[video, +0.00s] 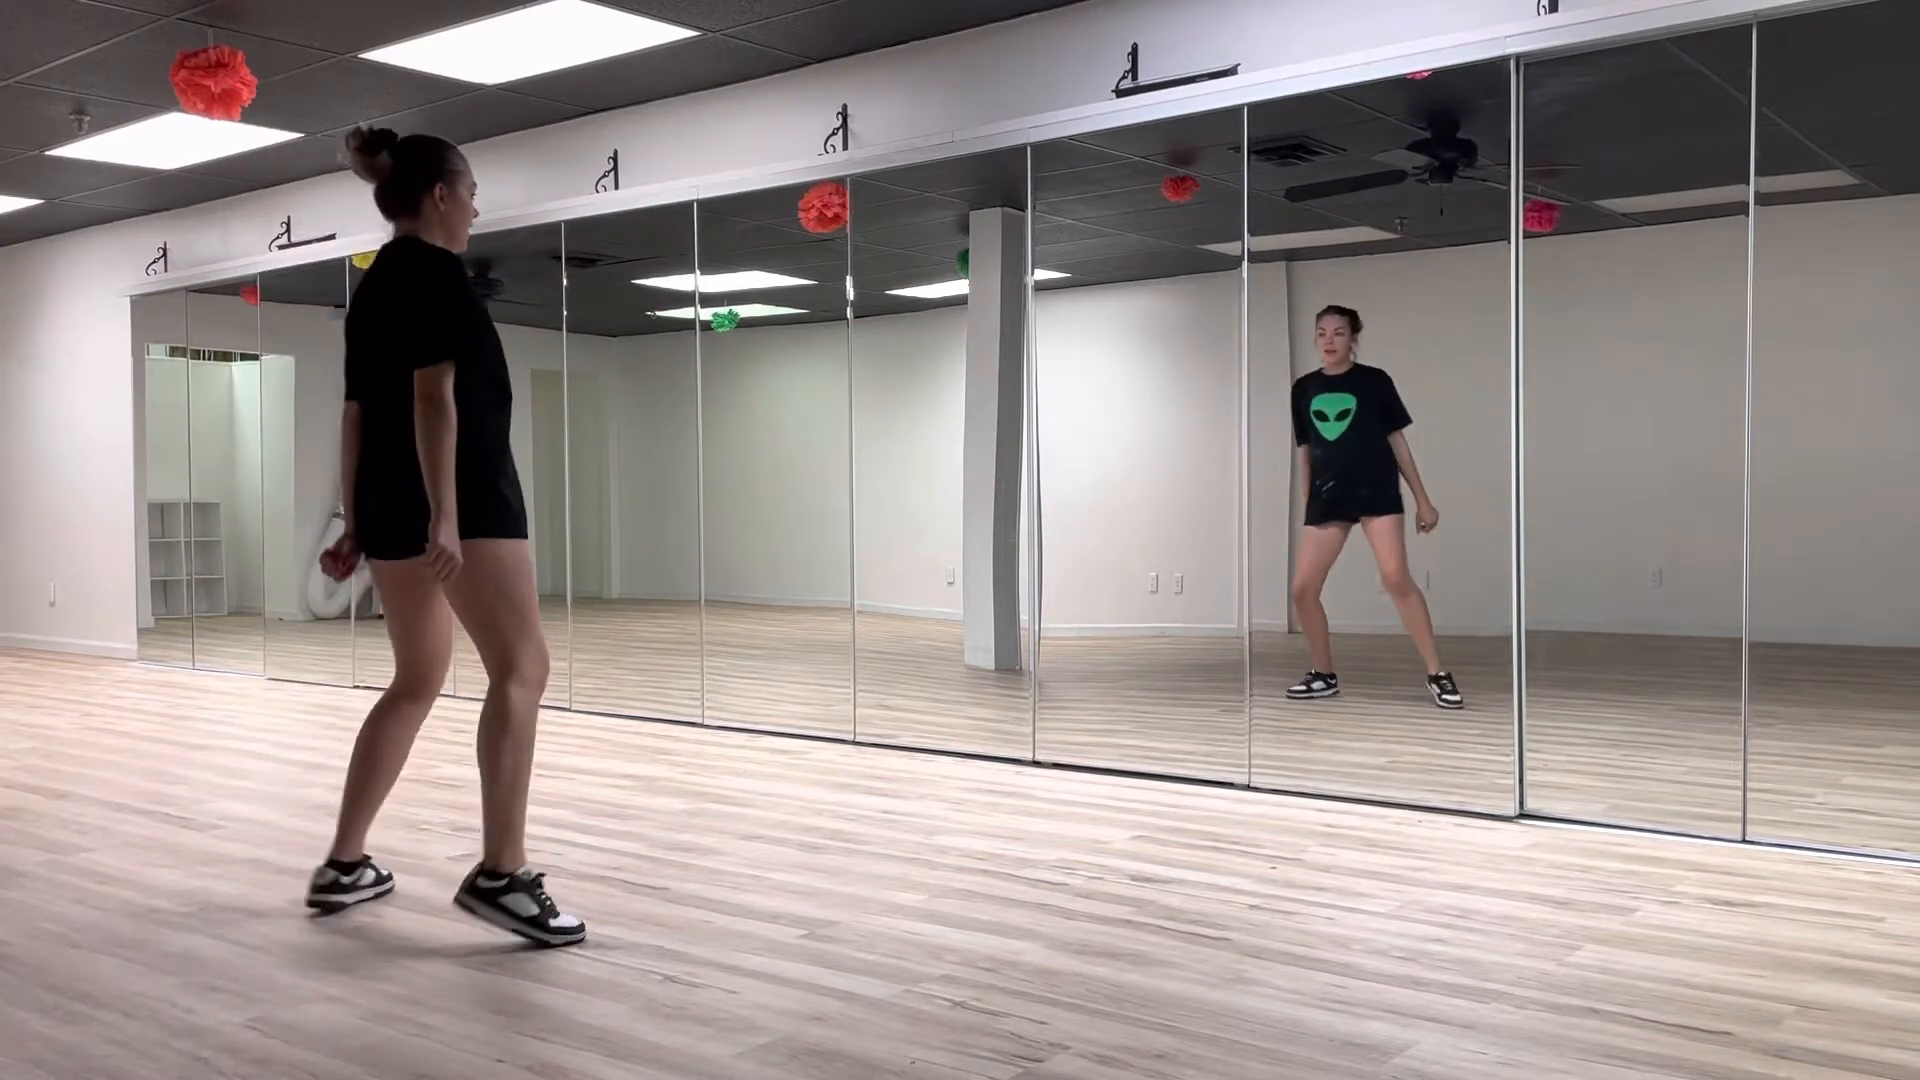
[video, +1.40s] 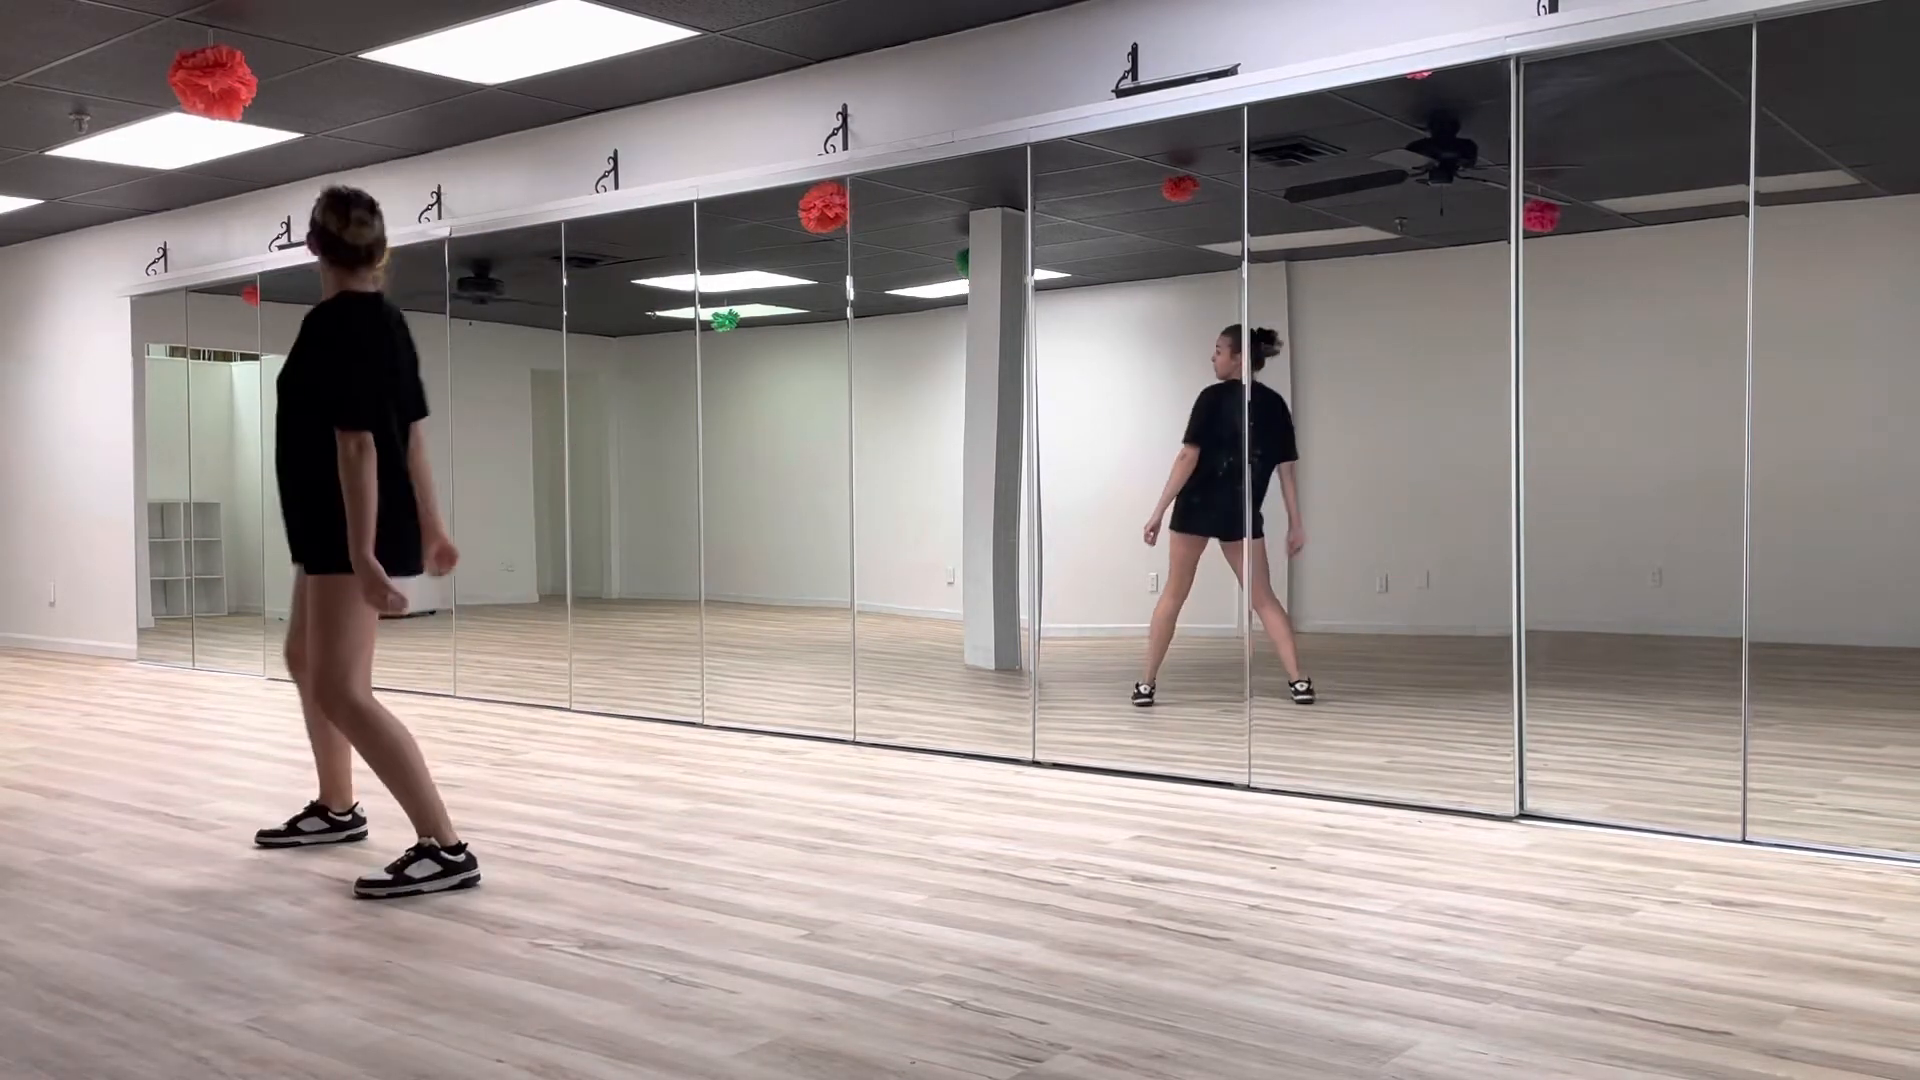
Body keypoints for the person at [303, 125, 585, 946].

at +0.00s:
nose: (475, 207)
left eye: (472, 193)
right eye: (469, 193)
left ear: (406, 201)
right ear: (442, 195)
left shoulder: (375, 285)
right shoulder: (439, 276)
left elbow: (356, 411)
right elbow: (436, 397)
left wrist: (350, 516)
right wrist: (444, 512)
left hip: (391, 507)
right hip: (470, 503)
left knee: (416, 681)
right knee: (522, 669)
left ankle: (344, 862)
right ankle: (503, 871)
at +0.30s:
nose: (471, 218)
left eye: (468, 205)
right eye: (469, 205)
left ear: (398, 211)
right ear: (449, 205)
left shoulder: (351, 291)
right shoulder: (465, 285)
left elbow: (321, 414)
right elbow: (458, 399)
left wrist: (304, 516)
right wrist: (462, 519)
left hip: (375, 504)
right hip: (470, 492)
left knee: (388, 680)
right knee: (581, 605)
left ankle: (345, 863)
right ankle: (561, 750)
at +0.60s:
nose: (509, 254)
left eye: (505, 244)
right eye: (508, 244)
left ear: (433, 252)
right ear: (495, 246)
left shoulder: (392, 338)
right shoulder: (525, 322)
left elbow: (366, 451)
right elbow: (548, 436)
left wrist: (342, 548)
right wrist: (572, 546)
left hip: (470, 528)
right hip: (561, 516)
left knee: (410, 686)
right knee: (593, 659)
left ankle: (419, 841)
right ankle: (638, 808)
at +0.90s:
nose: (465, 224)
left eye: (437, 214)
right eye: (467, 215)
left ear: (399, 218)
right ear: (465, 218)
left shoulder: (367, 291)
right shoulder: (496, 292)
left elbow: (399, 399)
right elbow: (551, 397)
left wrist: (417, 501)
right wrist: (603, 482)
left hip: (413, 495)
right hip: (501, 489)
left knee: (401, 680)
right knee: (515, 628)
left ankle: (440, 852)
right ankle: (613, 753)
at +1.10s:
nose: (425, 226)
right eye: (429, 217)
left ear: (359, 224)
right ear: (427, 222)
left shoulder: (345, 288)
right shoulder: (450, 296)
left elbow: (362, 398)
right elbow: (501, 402)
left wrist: (356, 504)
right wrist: (539, 480)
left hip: (389, 493)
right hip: (452, 490)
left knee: (378, 682)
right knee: (397, 615)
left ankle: (438, 852)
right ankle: (499, 698)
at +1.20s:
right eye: (412, 211)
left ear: (344, 213)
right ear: (412, 217)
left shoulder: (329, 277)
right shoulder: (432, 290)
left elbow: (344, 388)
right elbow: (470, 396)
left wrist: (336, 491)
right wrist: (501, 480)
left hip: (378, 485)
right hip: (430, 482)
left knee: (378, 676)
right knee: (331, 602)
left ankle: (441, 848)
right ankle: (420, 740)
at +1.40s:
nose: (307, 248)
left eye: (309, 240)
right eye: (313, 238)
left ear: (316, 248)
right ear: (381, 249)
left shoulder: (339, 324)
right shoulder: (385, 320)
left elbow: (356, 444)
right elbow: (411, 430)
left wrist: (363, 556)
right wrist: (433, 524)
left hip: (342, 541)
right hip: (337, 536)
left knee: (341, 692)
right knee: (303, 658)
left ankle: (444, 845)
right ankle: (336, 805)